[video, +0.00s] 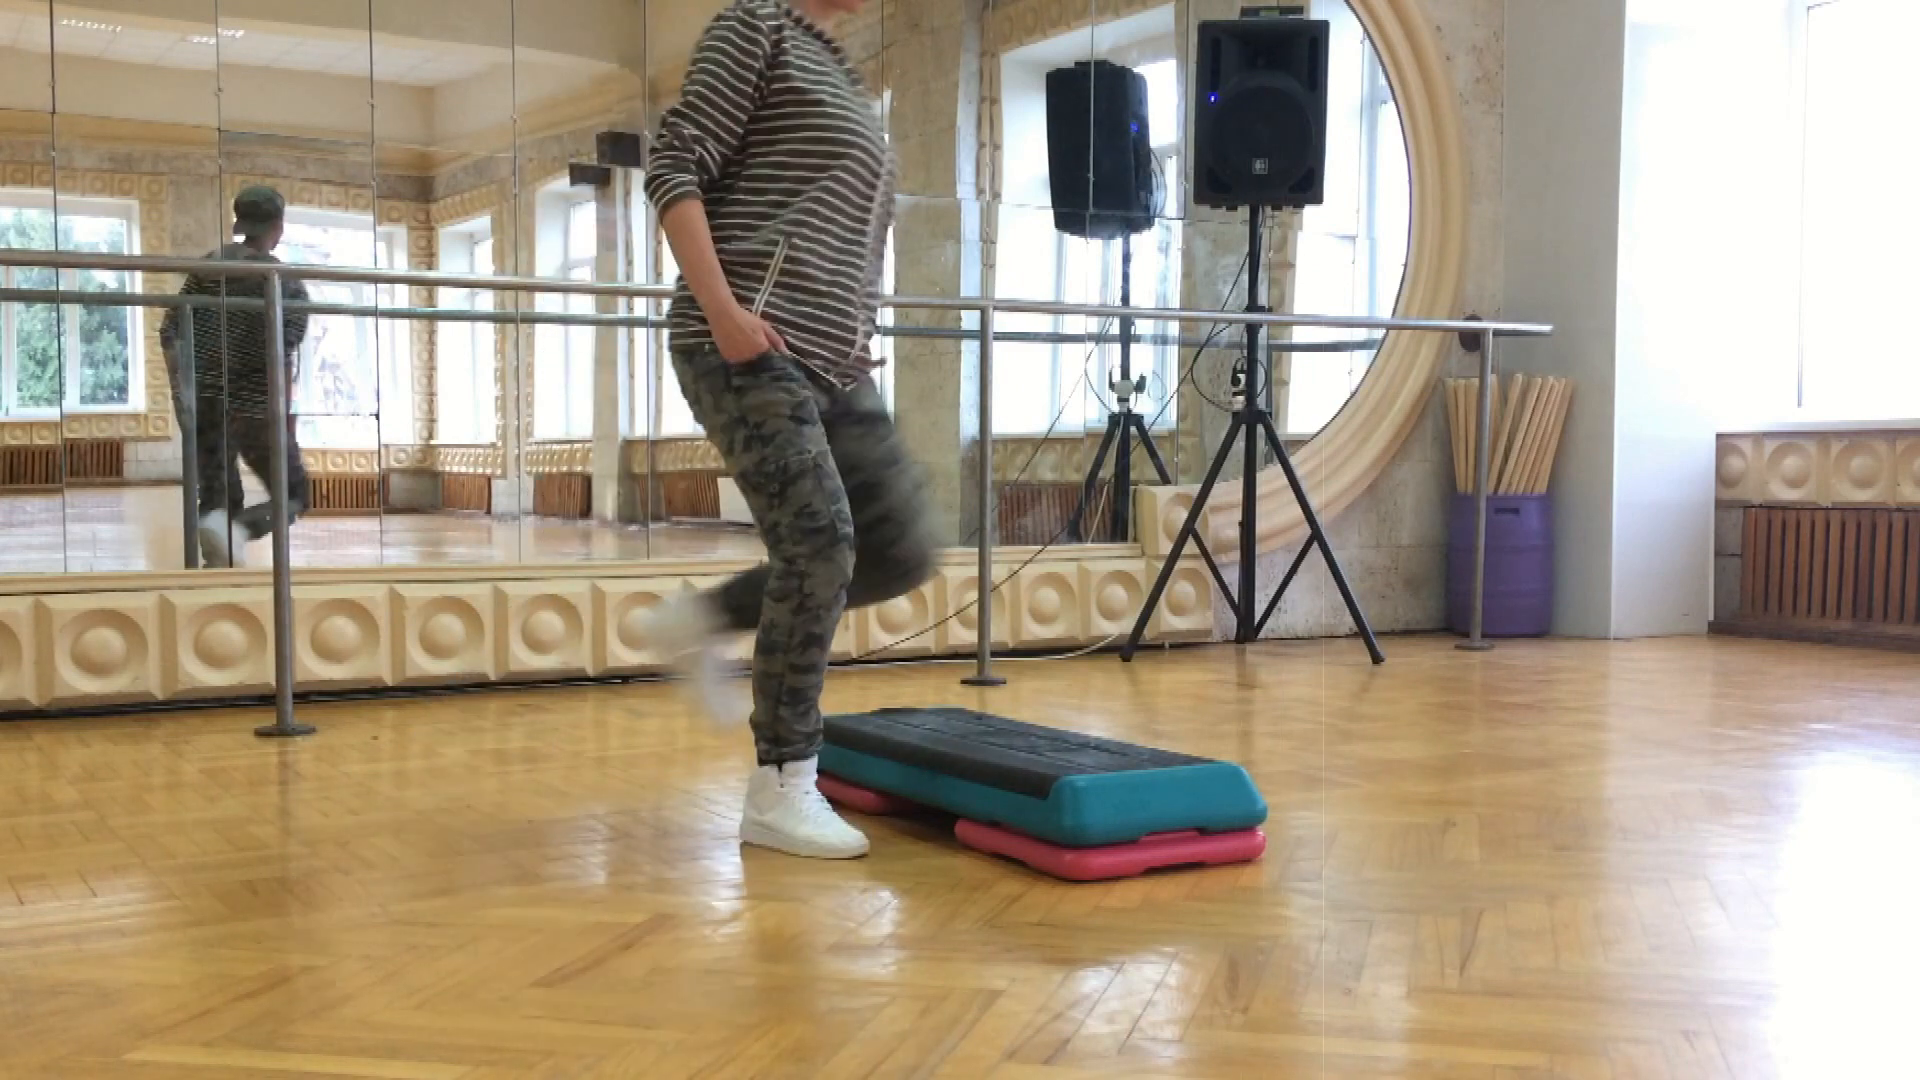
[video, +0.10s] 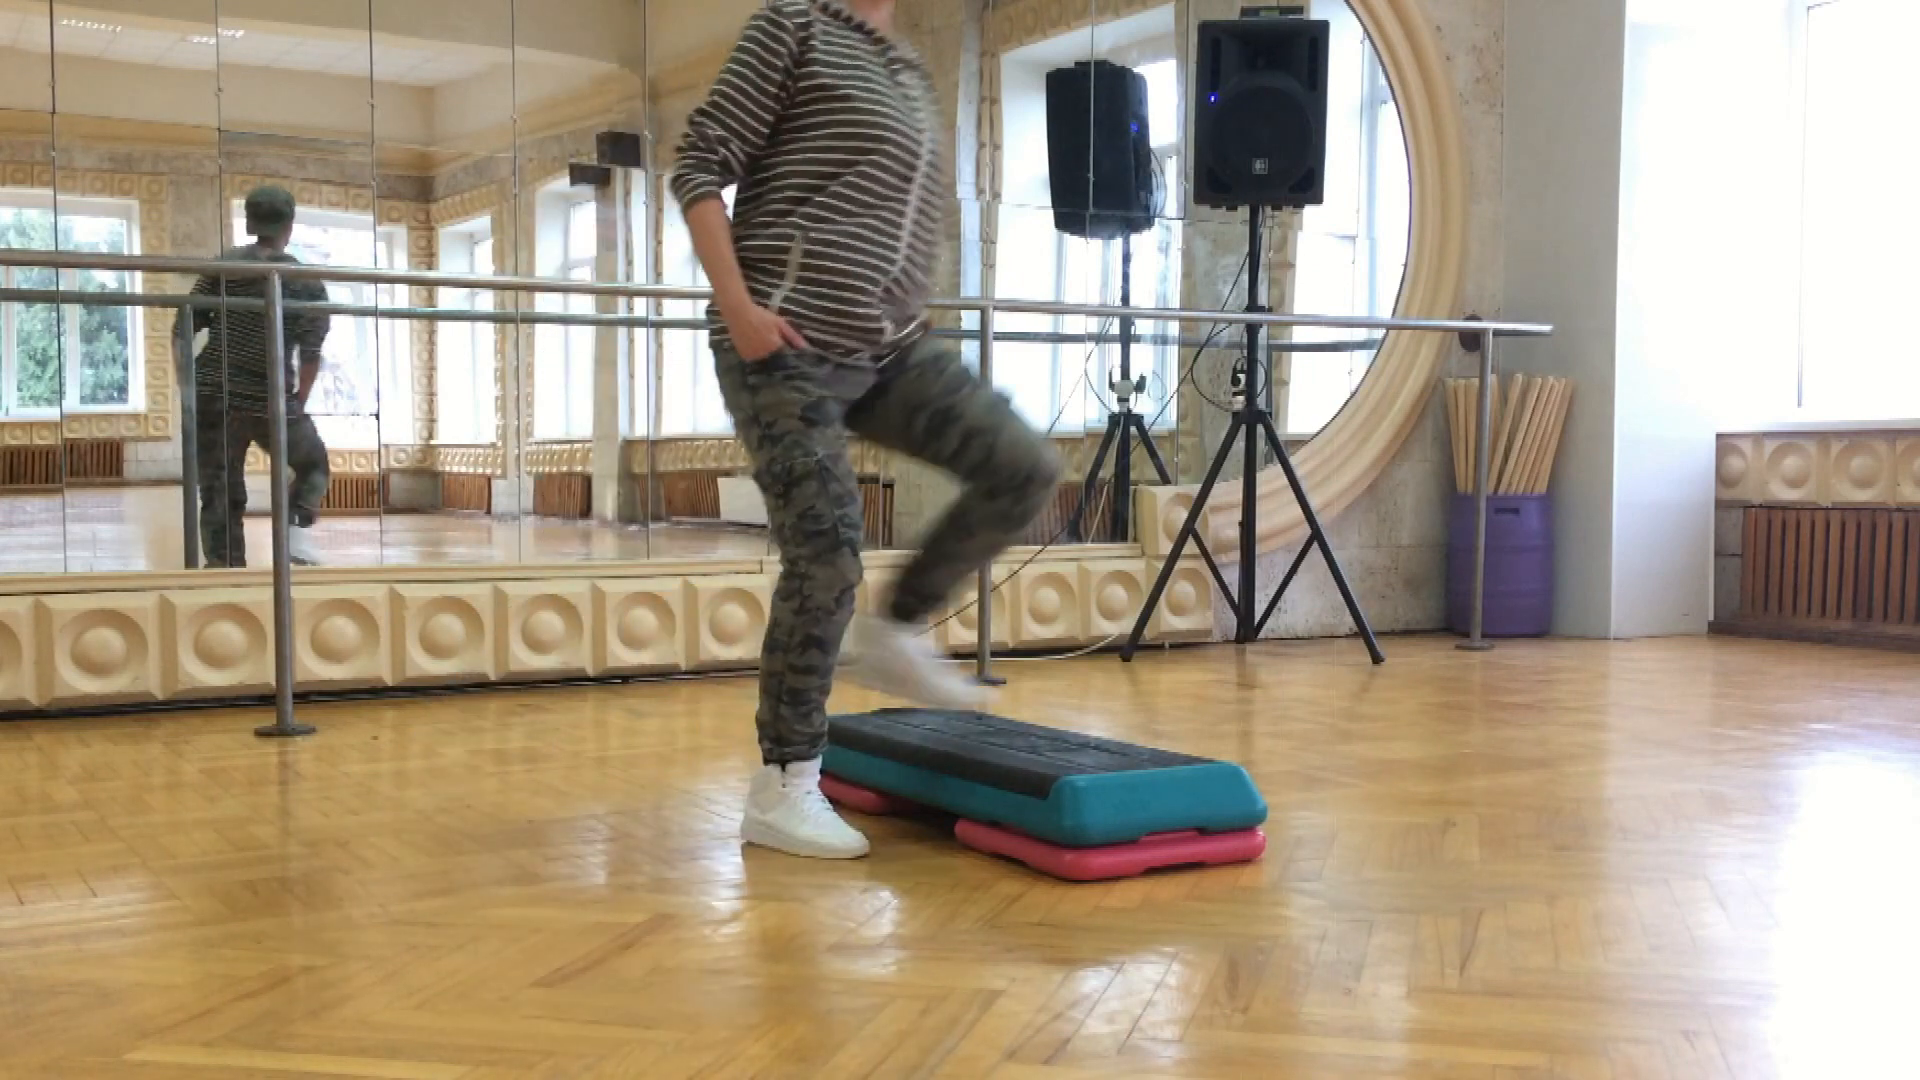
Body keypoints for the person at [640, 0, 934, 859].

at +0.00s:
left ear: (854, 4)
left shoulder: (852, 83)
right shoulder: (754, 28)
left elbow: (830, 230)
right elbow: (672, 167)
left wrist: (852, 333)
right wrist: (721, 309)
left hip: (833, 359)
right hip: (749, 342)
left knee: (897, 550)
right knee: (817, 544)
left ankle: (695, 619)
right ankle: (781, 786)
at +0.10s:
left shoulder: (914, 73)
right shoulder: (792, 27)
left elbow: (920, 213)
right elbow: (698, 169)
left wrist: (911, 305)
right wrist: (737, 307)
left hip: (889, 350)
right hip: (786, 349)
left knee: (1022, 471)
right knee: (826, 557)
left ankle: (890, 630)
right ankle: (783, 784)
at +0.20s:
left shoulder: (985, 60)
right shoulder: (838, 21)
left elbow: (966, 186)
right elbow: (755, 156)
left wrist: (973, 287)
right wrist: (775, 295)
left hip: (950, 324)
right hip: (832, 328)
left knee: (1085, 446)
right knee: (842, 543)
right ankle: (790, 778)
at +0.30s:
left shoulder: (1064, 22)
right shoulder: (880, 9)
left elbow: (1071, 161)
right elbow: (821, 151)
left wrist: (1071, 264)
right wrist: (841, 277)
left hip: (1028, 305)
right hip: (901, 310)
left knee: (1115, 466)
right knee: (877, 516)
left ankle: (1086, 693)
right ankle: (810, 756)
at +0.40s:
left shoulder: (1127, 10)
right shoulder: (917, 7)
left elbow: (1137, 138)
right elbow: (874, 145)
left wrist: (1144, 252)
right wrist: (892, 261)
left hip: (1091, 288)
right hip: (959, 290)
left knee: (1146, 464)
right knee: (951, 467)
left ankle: (1094, 690)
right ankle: (905, 646)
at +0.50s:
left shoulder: (1160, 7)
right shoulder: (954, 10)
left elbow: (1193, 125)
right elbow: (924, 142)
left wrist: (1201, 250)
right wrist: (946, 271)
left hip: (1148, 279)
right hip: (1015, 287)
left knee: (1170, 468)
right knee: (1004, 470)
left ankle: (1096, 686)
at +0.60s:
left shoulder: (1201, 7)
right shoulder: (993, 16)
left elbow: (1235, 130)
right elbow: (978, 162)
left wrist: (1245, 254)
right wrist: (1003, 292)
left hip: (1192, 292)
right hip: (1068, 310)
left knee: (1179, 484)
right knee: (1087, 523)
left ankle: (1094, 690)